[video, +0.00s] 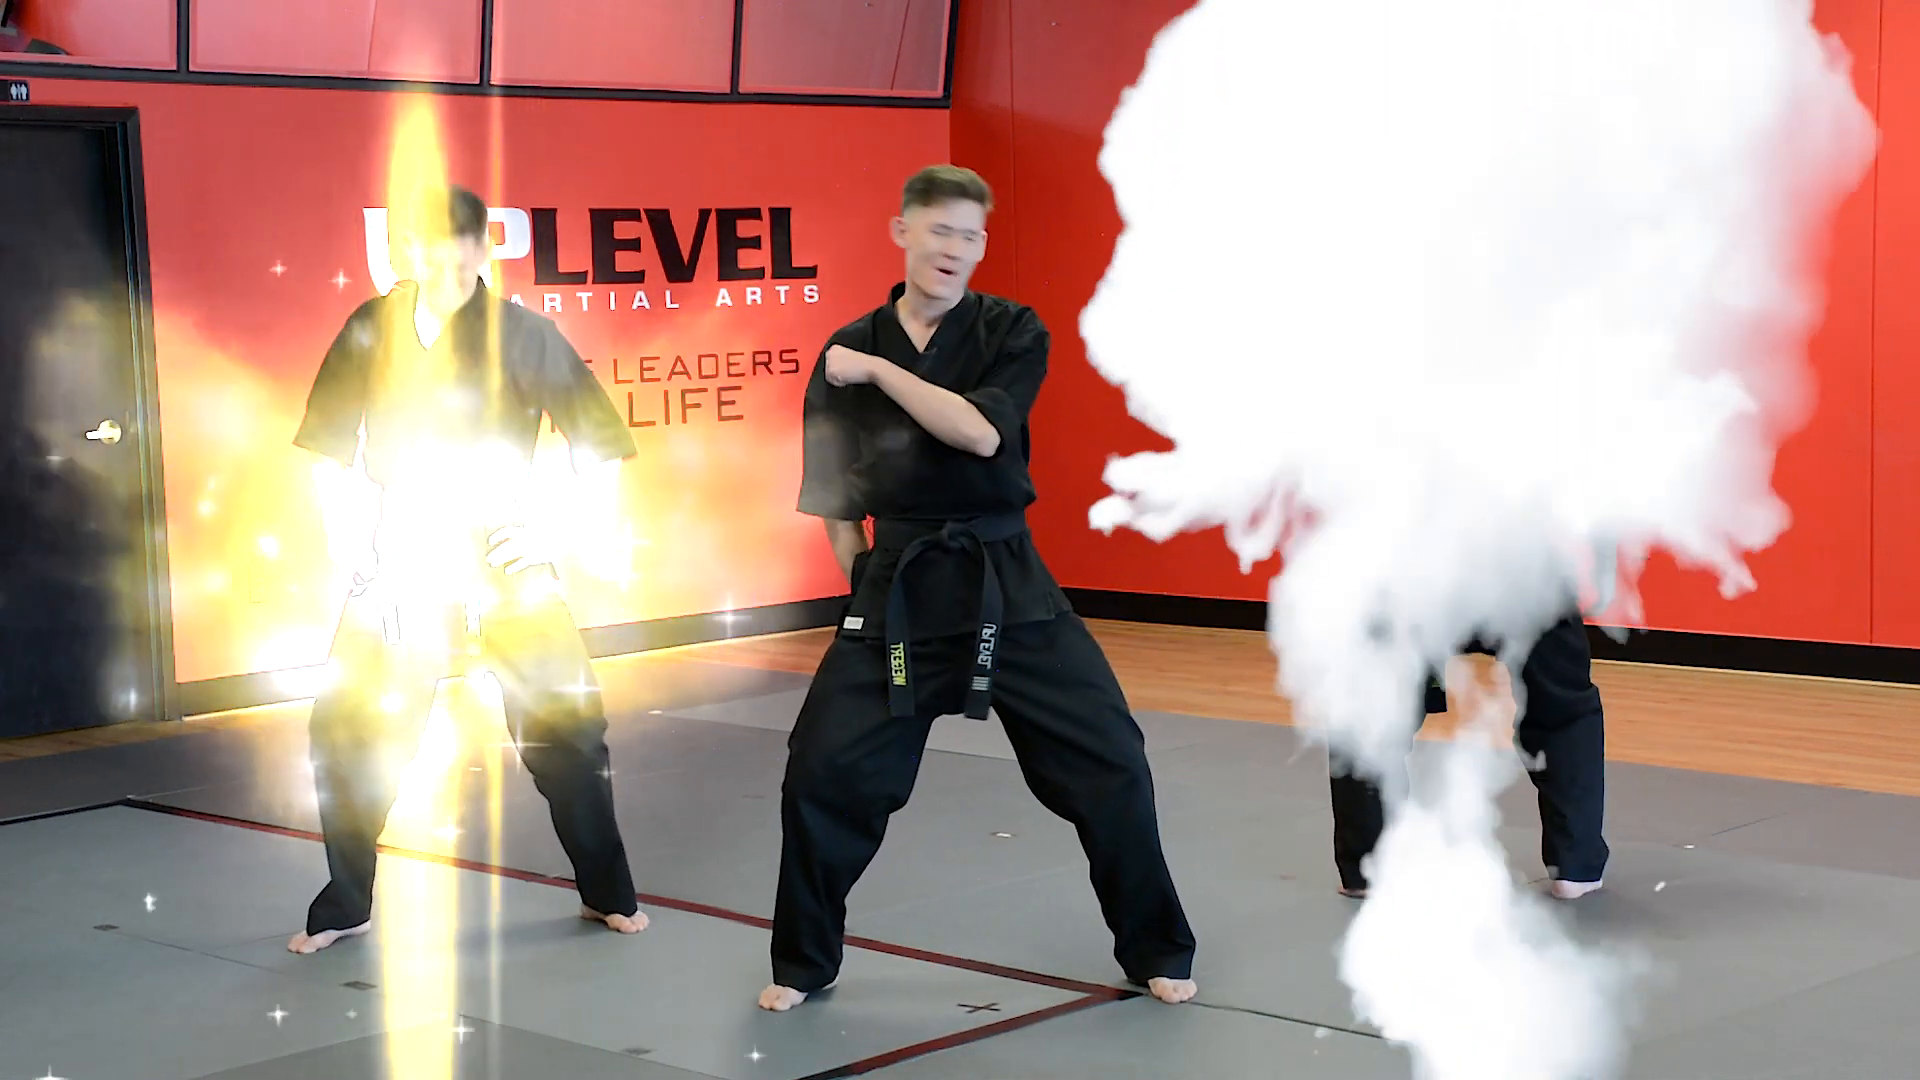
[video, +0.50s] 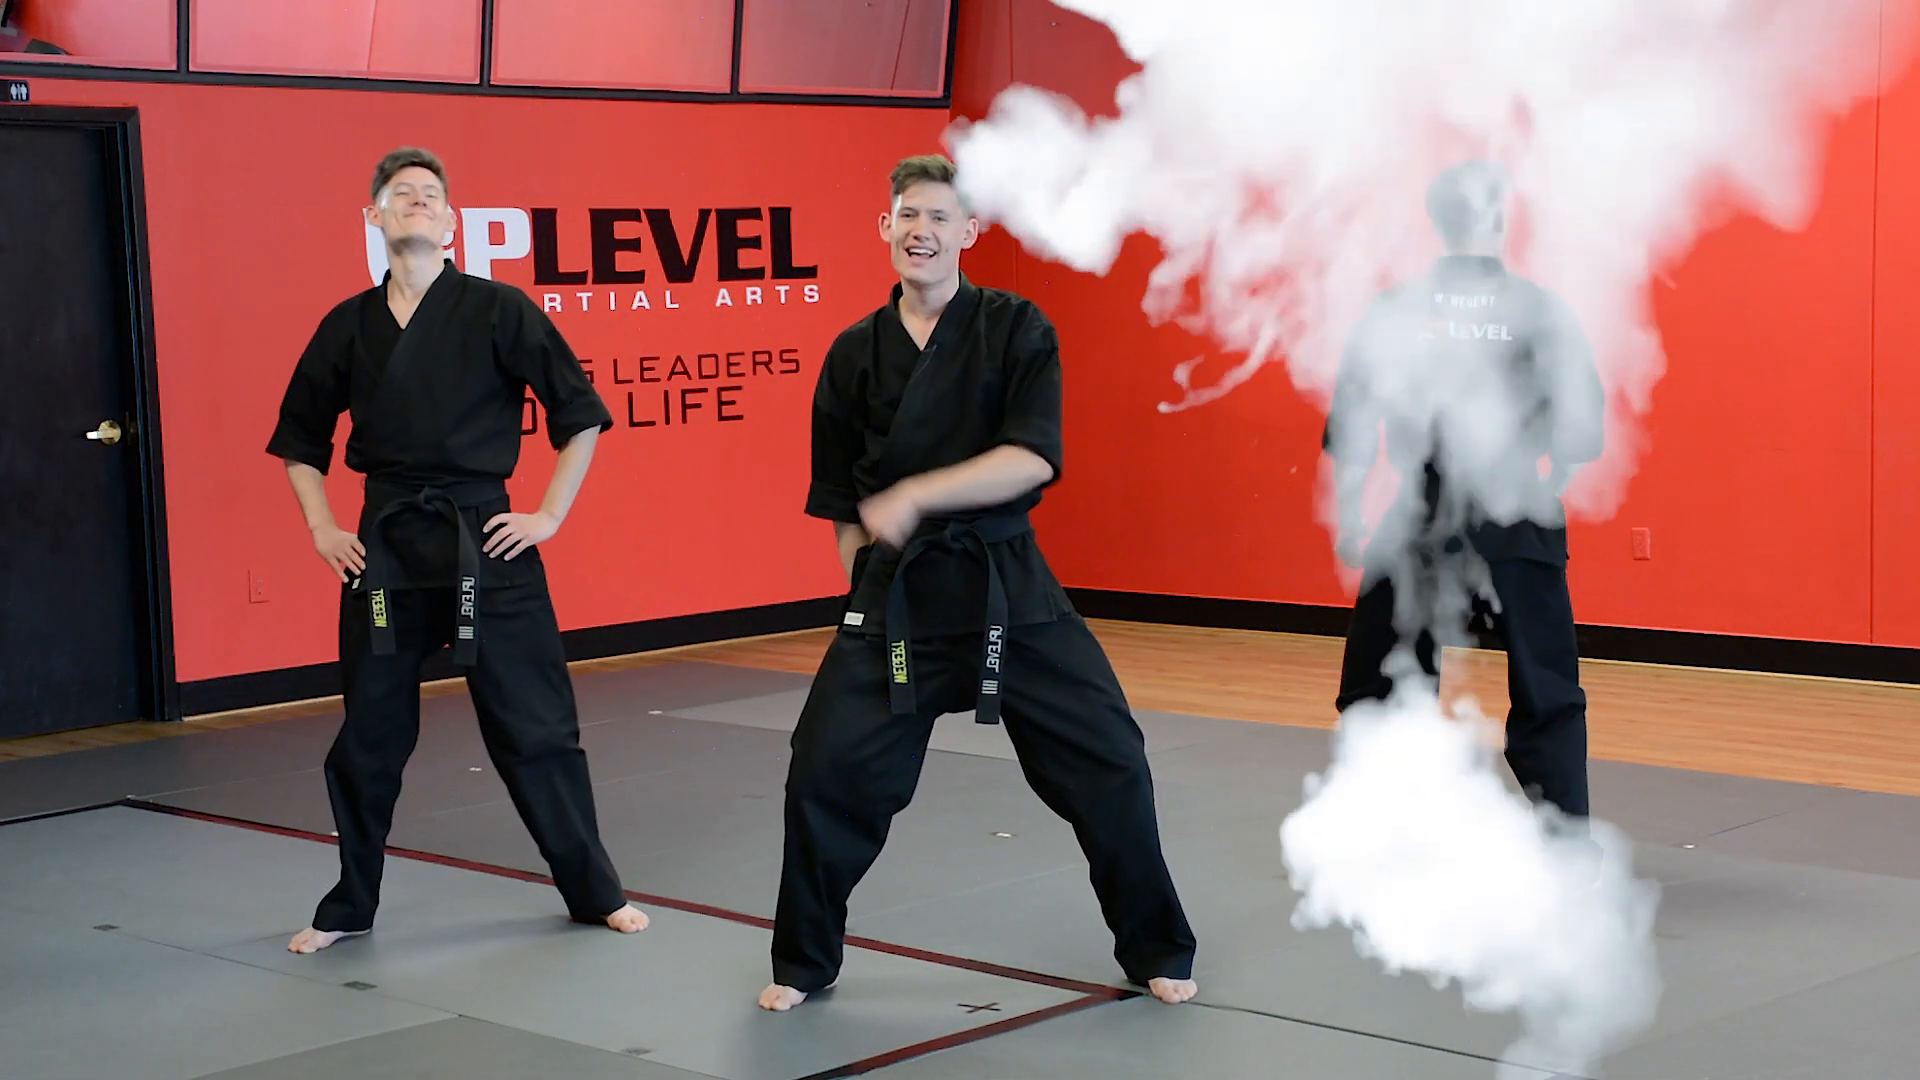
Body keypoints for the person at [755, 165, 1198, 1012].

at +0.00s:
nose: (956, 250)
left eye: (971, 237)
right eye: (941, 231)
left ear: (984, 249)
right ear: (901, 234)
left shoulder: (1014, 333)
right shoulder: (850, 348)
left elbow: (982, 431)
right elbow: (830, 493)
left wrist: (875, 368)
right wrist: (869, 590)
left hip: (1008, 575)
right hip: (898, 582)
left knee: (1110, 759)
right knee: (825, 768)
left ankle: (1155, 947)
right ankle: (804, 960)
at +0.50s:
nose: (922, 231)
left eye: (939, 217)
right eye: (909, 216)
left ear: (967, 231)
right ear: (886, 229)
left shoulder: (1016, 329)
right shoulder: (853, 356)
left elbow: (1033, 459)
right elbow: (849, 509)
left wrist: (915, 493)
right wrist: (877, 609)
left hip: (1011, 582)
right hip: (896, 591)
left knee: (1110, 761)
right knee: (827, 768)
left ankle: (1156, 947)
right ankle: (805, 959)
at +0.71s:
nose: (924, 221)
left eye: (943, 209)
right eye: (911, 208)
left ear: (972, 228)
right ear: (890, 225)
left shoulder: (1015, 332)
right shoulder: (853, 351)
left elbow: (1056, 472)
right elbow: (844, 499)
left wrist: (994, 575)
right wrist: (869, 601)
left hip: (1009, 573)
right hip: (895, 582)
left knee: (1106, 755)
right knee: (828, 764)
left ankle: (1154, 946)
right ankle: (804, 959)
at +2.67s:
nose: (953, 218)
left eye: (969, 206)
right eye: (938, 207)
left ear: (998, 223)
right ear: (915, 227)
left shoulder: (1034, 340)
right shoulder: (864, 335)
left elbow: (1066, 482)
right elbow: (832, 481)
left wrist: (1074, 599)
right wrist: (826, 601)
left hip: (1014, 578)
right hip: (898, 581)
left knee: (1106, 759)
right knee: (832, 765)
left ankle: (1154, 948)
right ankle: (805, 960)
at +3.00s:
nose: (942, 217)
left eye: (959, 205)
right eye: (929, 207)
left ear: (994, 221)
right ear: (910, 228)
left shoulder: (1036, 336)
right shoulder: (864, 327)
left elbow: (1065, 466)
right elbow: (819, 436)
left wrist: (1019, 507)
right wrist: (832, 496)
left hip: (1013, 573)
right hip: (898, 574)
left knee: (1103, 753)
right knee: (832, 764)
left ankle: (1153, 948)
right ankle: (805, 959)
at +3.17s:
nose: (938, 218)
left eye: (955, 205)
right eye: (925, 207)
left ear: (990, 219)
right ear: (907, 225)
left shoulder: (1032, 330)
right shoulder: (867, 326)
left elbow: (1031, 458)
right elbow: (841, 436)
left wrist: (953, 432)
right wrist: (918, 422)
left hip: (1010, 571)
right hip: (898, 574)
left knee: (1101, 754)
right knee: (829, 764)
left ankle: (1152, 948)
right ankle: (804, 960)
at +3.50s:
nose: (924, 218)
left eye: (941, 204)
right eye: (913, 205)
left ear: (979, 218)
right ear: (899, 222)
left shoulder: (1024, 306)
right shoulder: (878, 316)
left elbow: (1052, 375)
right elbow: (787, 357)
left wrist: (969, 302)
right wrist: (854, 307)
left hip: (1009, 566)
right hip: (901, 567)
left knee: (1095, 757)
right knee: (833, 763)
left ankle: (1151, 952)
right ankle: (805, 960)